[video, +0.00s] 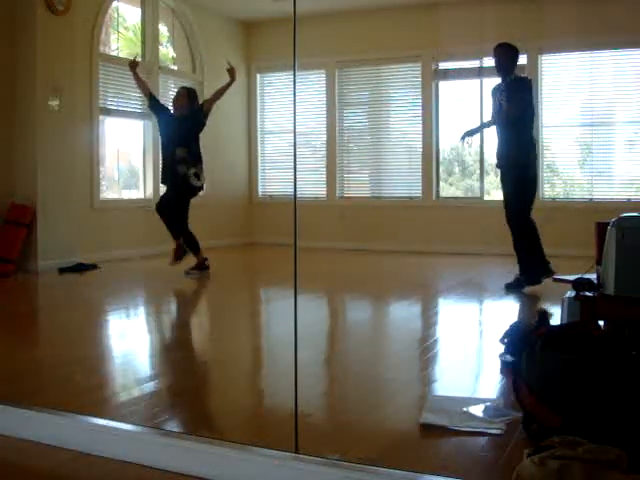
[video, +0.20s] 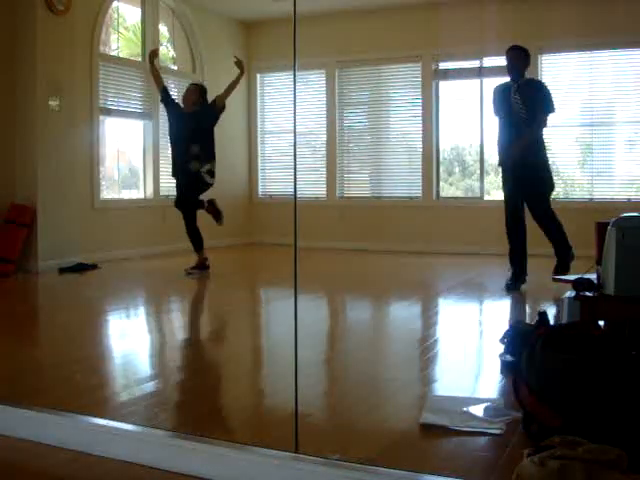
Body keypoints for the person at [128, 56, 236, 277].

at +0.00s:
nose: (175, 100)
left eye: (180, 97)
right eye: (175, 96)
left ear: (190, 102)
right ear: (174, 101)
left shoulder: (195, 119)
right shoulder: (165, 118)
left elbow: (211, 101)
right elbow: (148, 94)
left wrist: (230, 82)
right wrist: (134, 73)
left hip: (191, 179)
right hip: (173, 179)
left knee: (162, 208)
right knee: (180, 223)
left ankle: (179, 242)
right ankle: (200, 260)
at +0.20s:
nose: (186, 94)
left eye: (191, 92)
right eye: (186, 91)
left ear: (199, 98)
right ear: (185, 96)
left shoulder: (208, 114)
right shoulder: (175, 113)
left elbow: (223, 96)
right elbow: (161, 87)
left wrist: (241, 74)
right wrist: (152, 63)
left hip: (204, 172)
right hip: (182, 172)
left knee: (181, 201)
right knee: (189, 219)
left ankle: (207, 206)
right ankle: (201, 259)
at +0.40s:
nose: (203, 104)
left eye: (208, 101)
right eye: (203, 100)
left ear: (216, 105)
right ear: (201, 102)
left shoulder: (223, 127)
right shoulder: (187, 124)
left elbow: (231, 153)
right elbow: (175, 147)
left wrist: (242, 174)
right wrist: (164, 166)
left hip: (221, 180)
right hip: (198, 181)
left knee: (230, 221)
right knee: (200, 224)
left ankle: (242, 256)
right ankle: (208, 258)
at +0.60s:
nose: (209, 148)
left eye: (212, 144)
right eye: (208, 144)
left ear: (222, 145)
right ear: (206, 144)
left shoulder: (235, 162)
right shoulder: (200, 161)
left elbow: (243, 184)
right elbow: (191, 186)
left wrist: (247, 201)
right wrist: (182, 208)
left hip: (228, 198)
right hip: (206, 198)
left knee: (242, 227)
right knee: (199, 229)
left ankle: (240, 259)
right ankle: (209, 258)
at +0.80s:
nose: (216, 161)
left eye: (220, 158)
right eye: (214, 156)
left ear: (227, 156)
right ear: (211, 152)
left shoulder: (238, 163)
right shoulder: (203, 161)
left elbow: (241, 186)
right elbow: (196, 186)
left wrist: (244, 205)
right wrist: (190, 205)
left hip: (230, 199)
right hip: (208, 199)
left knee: (246, 228)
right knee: (198, 232)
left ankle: (239, 259)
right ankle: (209, 258)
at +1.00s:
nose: (224, 128)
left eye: (227, 124)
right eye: (221, 123)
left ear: (233, 126)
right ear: (216, 125)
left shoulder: (239, 148)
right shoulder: (206, 147)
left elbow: (242, 174)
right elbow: (197, 174)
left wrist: (244, 193)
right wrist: (190, 196)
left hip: (231, 193)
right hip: (210, 193)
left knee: (245, 224)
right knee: (199, 226)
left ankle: (239, 258)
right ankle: (210, 258)